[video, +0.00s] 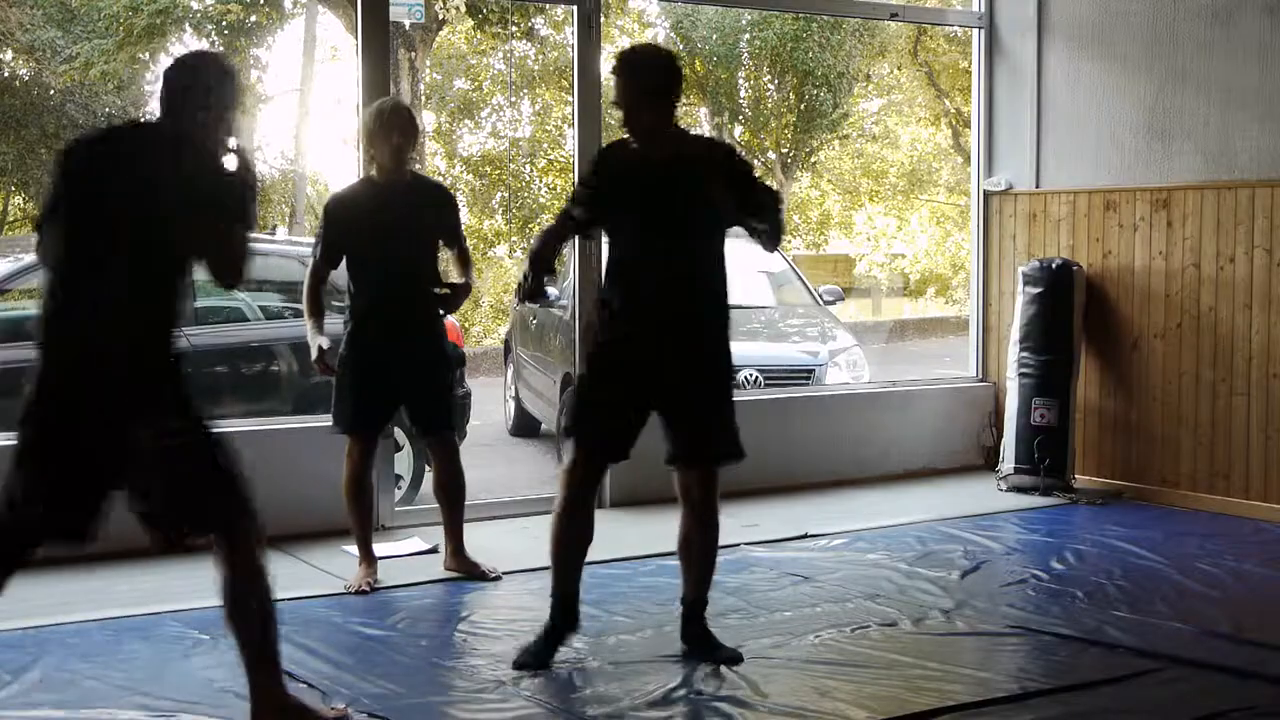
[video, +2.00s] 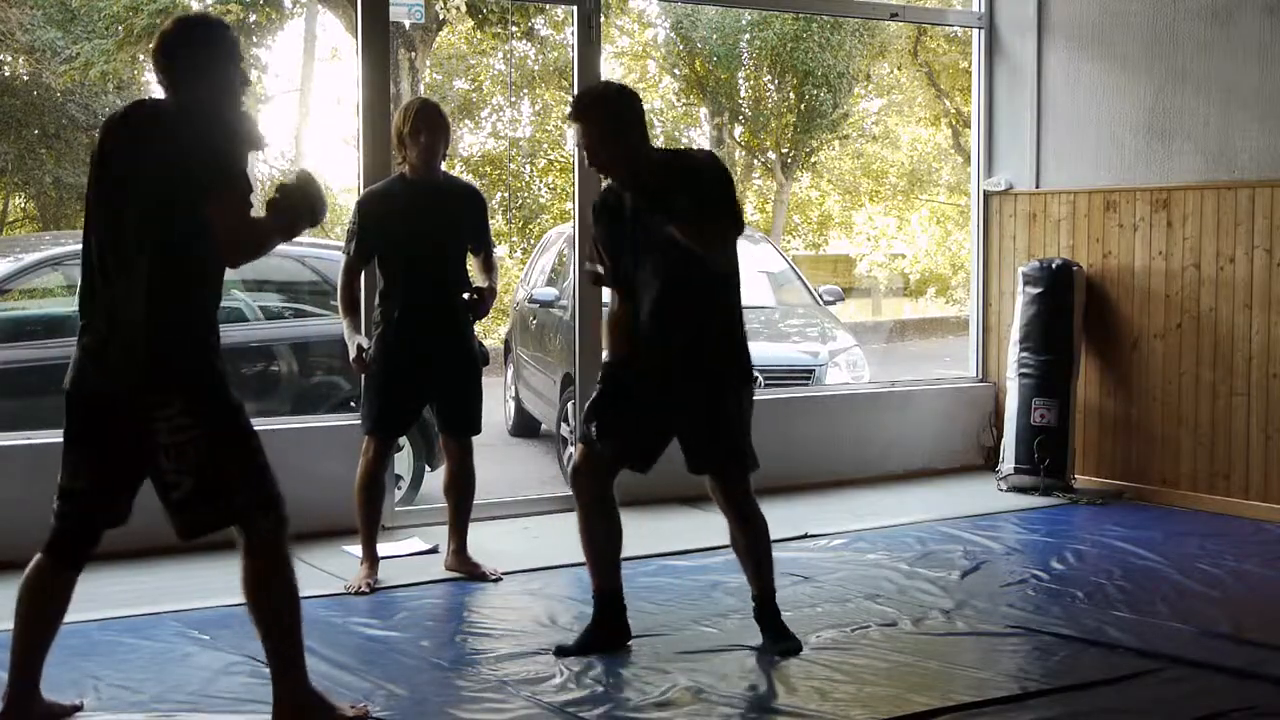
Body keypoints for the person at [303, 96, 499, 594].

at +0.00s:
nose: (402, 144)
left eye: (408, 135)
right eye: (392, 134)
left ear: (417, 138)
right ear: (372, 140)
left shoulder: (436, 196)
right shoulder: (344, 205)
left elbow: (461, 257)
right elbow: (316, 278)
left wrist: (463, 287)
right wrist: (315, 336)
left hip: (424, 337)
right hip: (369, 340)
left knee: (444, 446)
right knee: (360, 449)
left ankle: (455, 552)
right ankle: (365, 561)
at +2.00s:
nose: (430, 141)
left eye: (436, 132)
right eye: (420, 133)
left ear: (447, 138)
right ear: (402, 139)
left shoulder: (466, 198)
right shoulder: (375, 202)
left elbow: (485, 258)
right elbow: (350, 276)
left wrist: (488, 291)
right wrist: (353, 337)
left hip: (452, 337)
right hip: (394, 339)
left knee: (458, 445)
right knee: (377, 447)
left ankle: (457, 551)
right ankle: (368, 561)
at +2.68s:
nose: (429, 142)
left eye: (436, 132)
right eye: (420, 132)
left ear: (446, 138)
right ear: (400, 136)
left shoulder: (462, 196)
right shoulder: (379, 189)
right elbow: (361, 258)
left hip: (452, 329)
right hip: (391, 326)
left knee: (456, 443)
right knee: (381, 435)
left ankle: (457, 550)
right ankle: (363, 548)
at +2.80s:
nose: (427, 143)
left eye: (435, 134)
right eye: (418, 133)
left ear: (447, 140)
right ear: (398, 137)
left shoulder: (464, 198)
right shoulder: (376, 189)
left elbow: (487, 264)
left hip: (450, 331)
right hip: (391, 328)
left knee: (456, 446)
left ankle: (457, 549)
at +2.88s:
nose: (428, 144)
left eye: (435, 133)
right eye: (418, 133)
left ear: (447, 139)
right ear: (398, 136)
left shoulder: (464, 198)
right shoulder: (376, 186)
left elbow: (483, 268)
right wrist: (482, 267)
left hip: (451, 331)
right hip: (393, 326)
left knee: (456, 446)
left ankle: (457, 549)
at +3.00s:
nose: (429, 144)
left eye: (434, 134)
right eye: (422, 134)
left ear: (444, 138)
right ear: (406, 134)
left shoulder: (463, 195)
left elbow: (485, 264)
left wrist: (489, 298)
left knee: (457, 444)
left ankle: (458, 549)